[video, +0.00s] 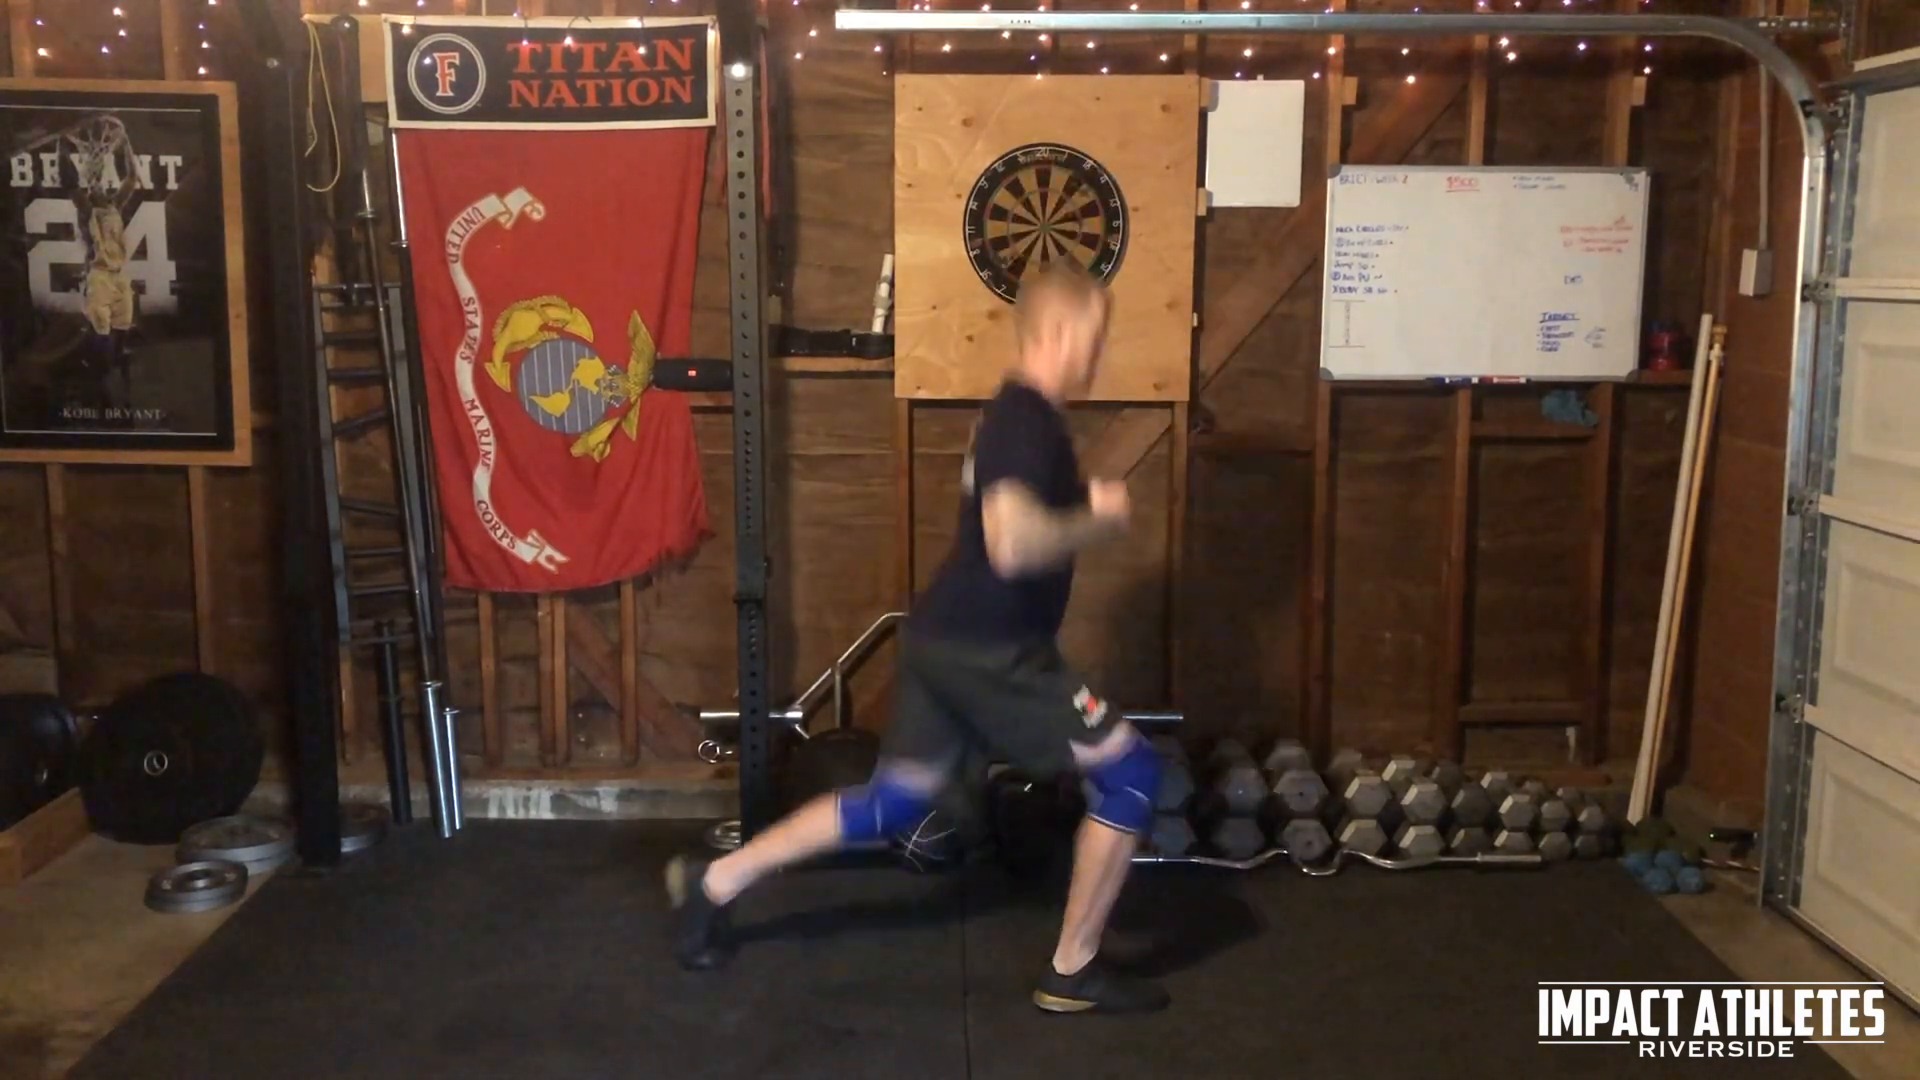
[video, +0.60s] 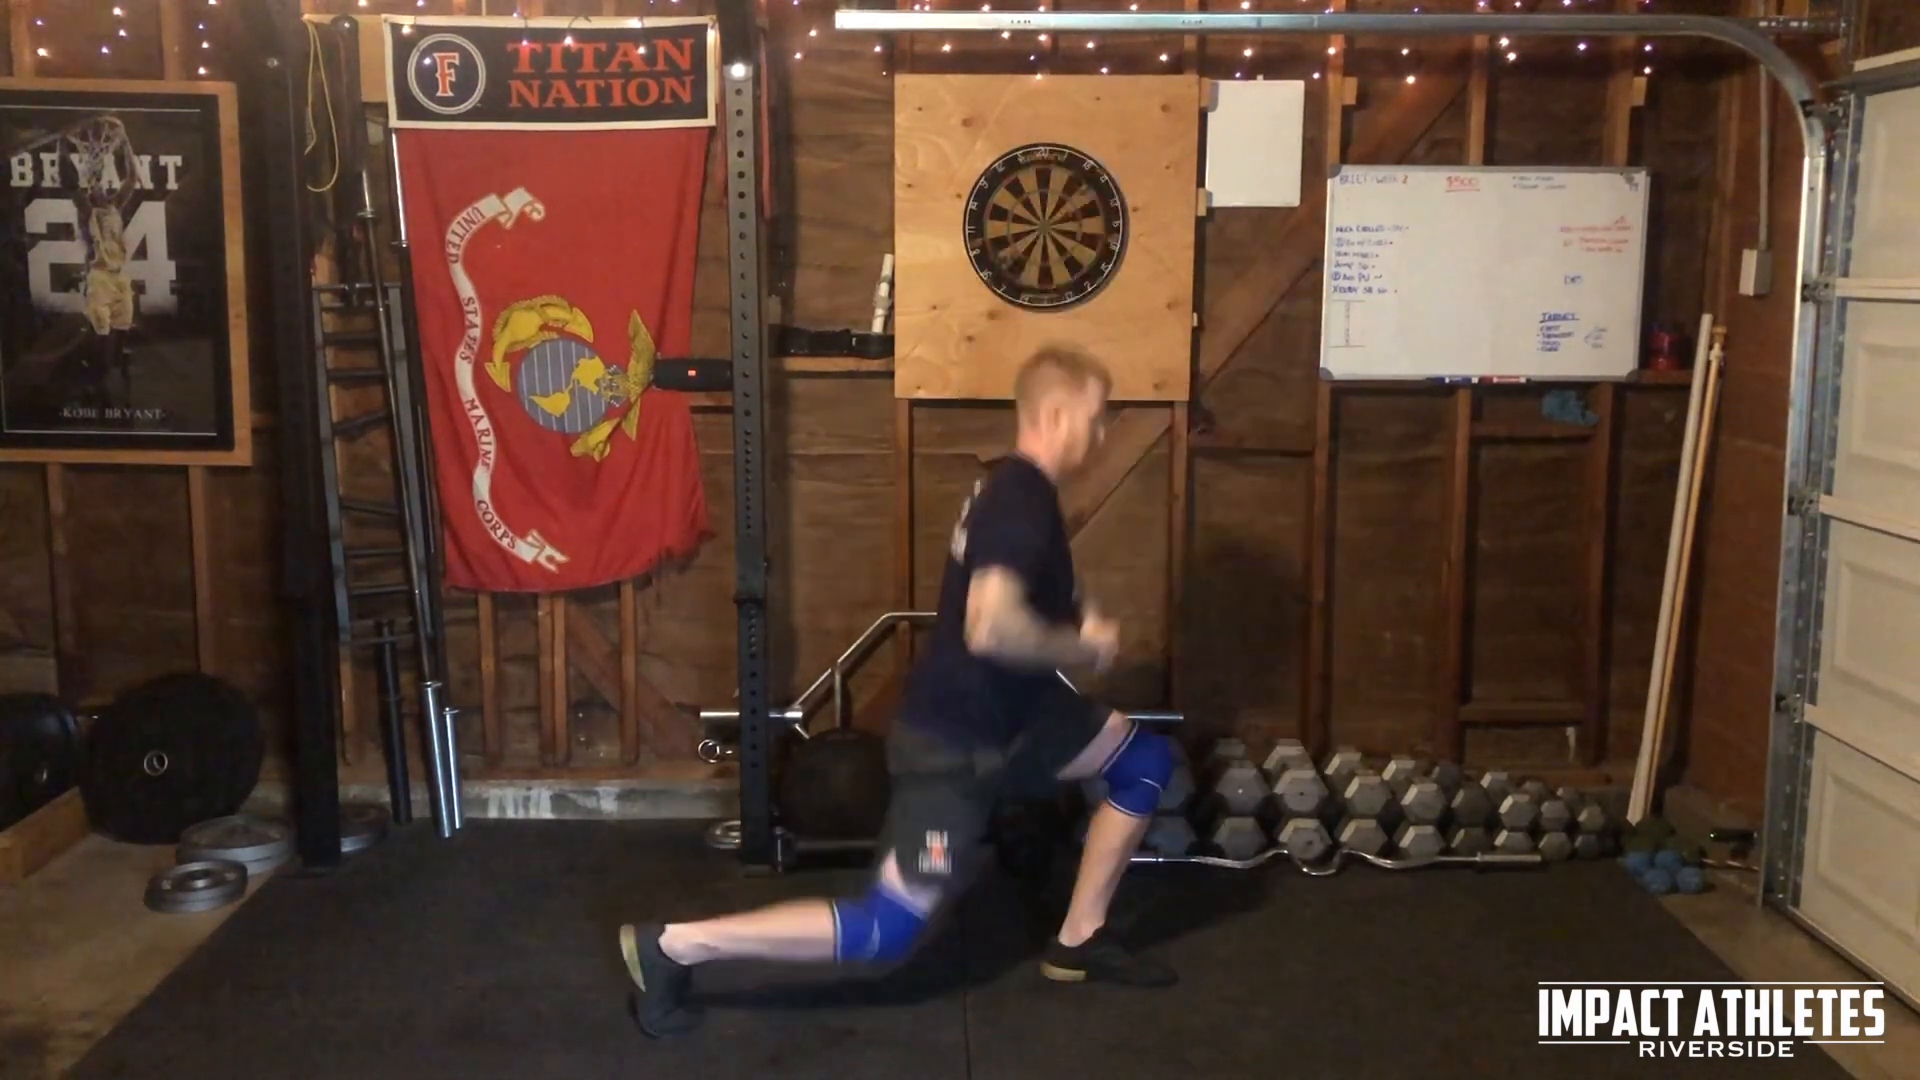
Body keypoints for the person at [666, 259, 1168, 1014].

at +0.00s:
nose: (1097, 351)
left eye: (1099, 335)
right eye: (1091, 335)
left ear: (1036, 334)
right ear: (1054, 335)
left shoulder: (1011, 413)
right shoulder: (1027, 421)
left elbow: (996, 518)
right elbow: (1011, 543)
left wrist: (1069, 503)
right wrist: (1095, 516)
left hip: (942, 639)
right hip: (989, 648)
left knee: (894, 802)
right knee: (1129, 775)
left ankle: (711, 883)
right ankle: (1073, 966)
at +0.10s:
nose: (1117, 263)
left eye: (1119, 245)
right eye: (1112, 244)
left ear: (1049, 239)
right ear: (1070, 240)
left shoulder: (1035, 323)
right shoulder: (1031, 325)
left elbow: (1025, 438)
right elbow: (1007, 441)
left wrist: (1084, 444)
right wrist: (1095, 439)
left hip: (950, 550)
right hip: (986, 560)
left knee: (926, 727)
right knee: (1054, 736)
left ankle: (769, 849)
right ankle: (1067, 953)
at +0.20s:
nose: (1118, 216)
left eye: (1121, 200)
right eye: (1114, 198)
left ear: (1058, 186)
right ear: (1072, 185)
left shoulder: (1027, 264)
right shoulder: (1036, 269)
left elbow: (1021, 386)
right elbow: (1008, 389)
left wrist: (1094, 391)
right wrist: (1102, 394)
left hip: (958, 504)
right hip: (983, 514)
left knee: (962, 692)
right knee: (1009, 705)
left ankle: (858, 857)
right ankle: (953, 908)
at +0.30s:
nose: (1117, 217)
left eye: (1119, 200)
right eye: (1112, 198)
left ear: (1056, 190)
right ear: (1070, 189)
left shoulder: (1040, 268)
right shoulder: (1029, 266)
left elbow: (1016, 379)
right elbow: (1012, 388)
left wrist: (1090, 387)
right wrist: (1108, 397)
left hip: (1000, 512)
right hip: (970, 511)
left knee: (1004, 696)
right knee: (984, 705)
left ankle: (972, 881)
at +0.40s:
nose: (1113, 264)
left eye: (1117, 247)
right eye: (1109, 245)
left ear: (1048, 238)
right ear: (1066, 239)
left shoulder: (1025, 311)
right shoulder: (1025, 314)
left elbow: (1013, 430)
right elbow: (1010, 436)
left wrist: (1084, 445)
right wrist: (1099, 440)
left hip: (1007, 563)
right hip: (969, 564)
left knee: (1062, 725)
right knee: (921, 763)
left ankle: (1060, 922)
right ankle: (732, 870)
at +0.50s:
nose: (1102, 349)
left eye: (1104, 334)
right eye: (1096, 333)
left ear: (1054, 329)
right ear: (1057, 330)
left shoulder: (1035, 409)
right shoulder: (1020, 409)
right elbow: (1005, 537)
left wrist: (1081, 539)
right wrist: (1090, 535)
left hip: (1020, 655)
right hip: (959, 657)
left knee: (1122, 751)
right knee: (890, 831)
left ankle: (1079, 937)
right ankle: (682, 942)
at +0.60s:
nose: (1102, 431)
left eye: (1103, 416)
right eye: (1096, 414)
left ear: (1046, 416)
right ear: (1052, 417)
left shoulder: (1018, 489)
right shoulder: (1019, 495)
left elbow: (1011, 607)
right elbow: (990, 626)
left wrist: (1076, 632)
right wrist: (1079, 646)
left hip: (1019, 711)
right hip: (953, 731)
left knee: (1146, 766)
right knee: (887, 929)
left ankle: (1079, 939)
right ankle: (669, 946)